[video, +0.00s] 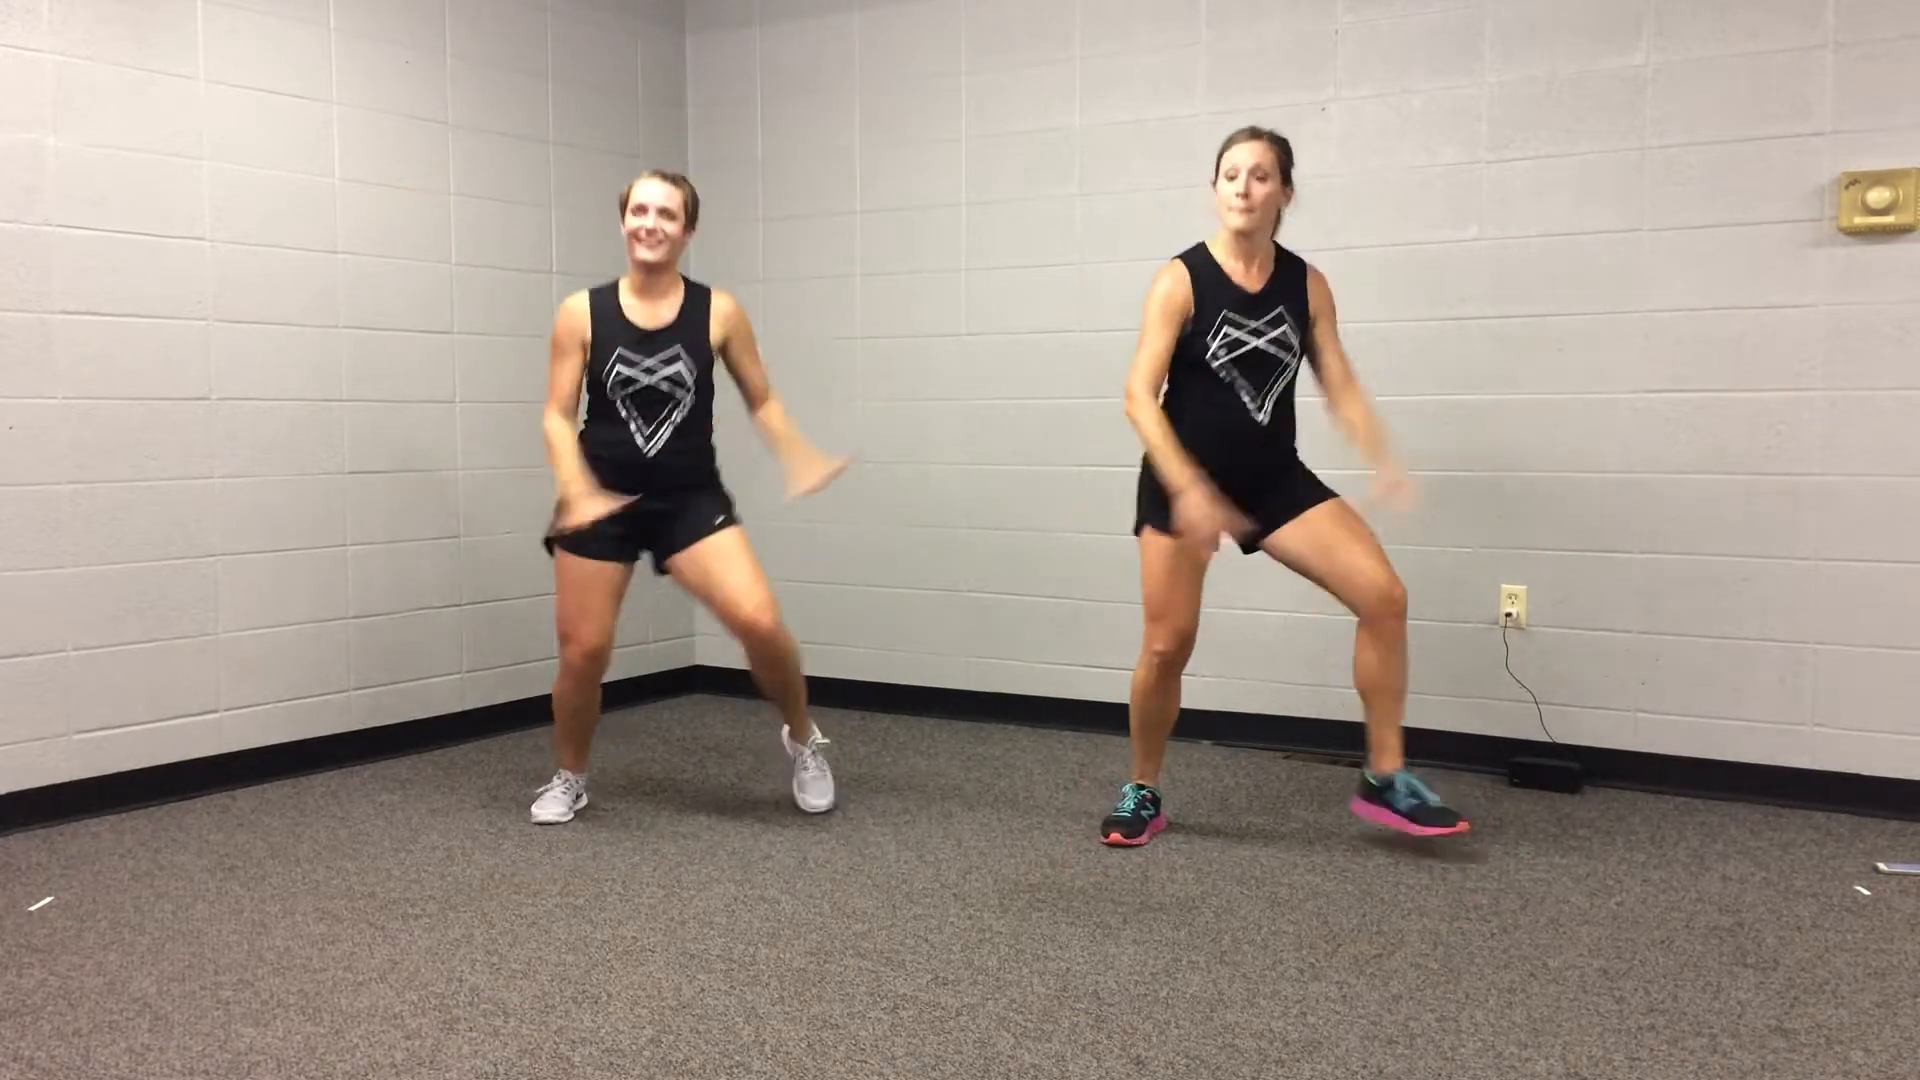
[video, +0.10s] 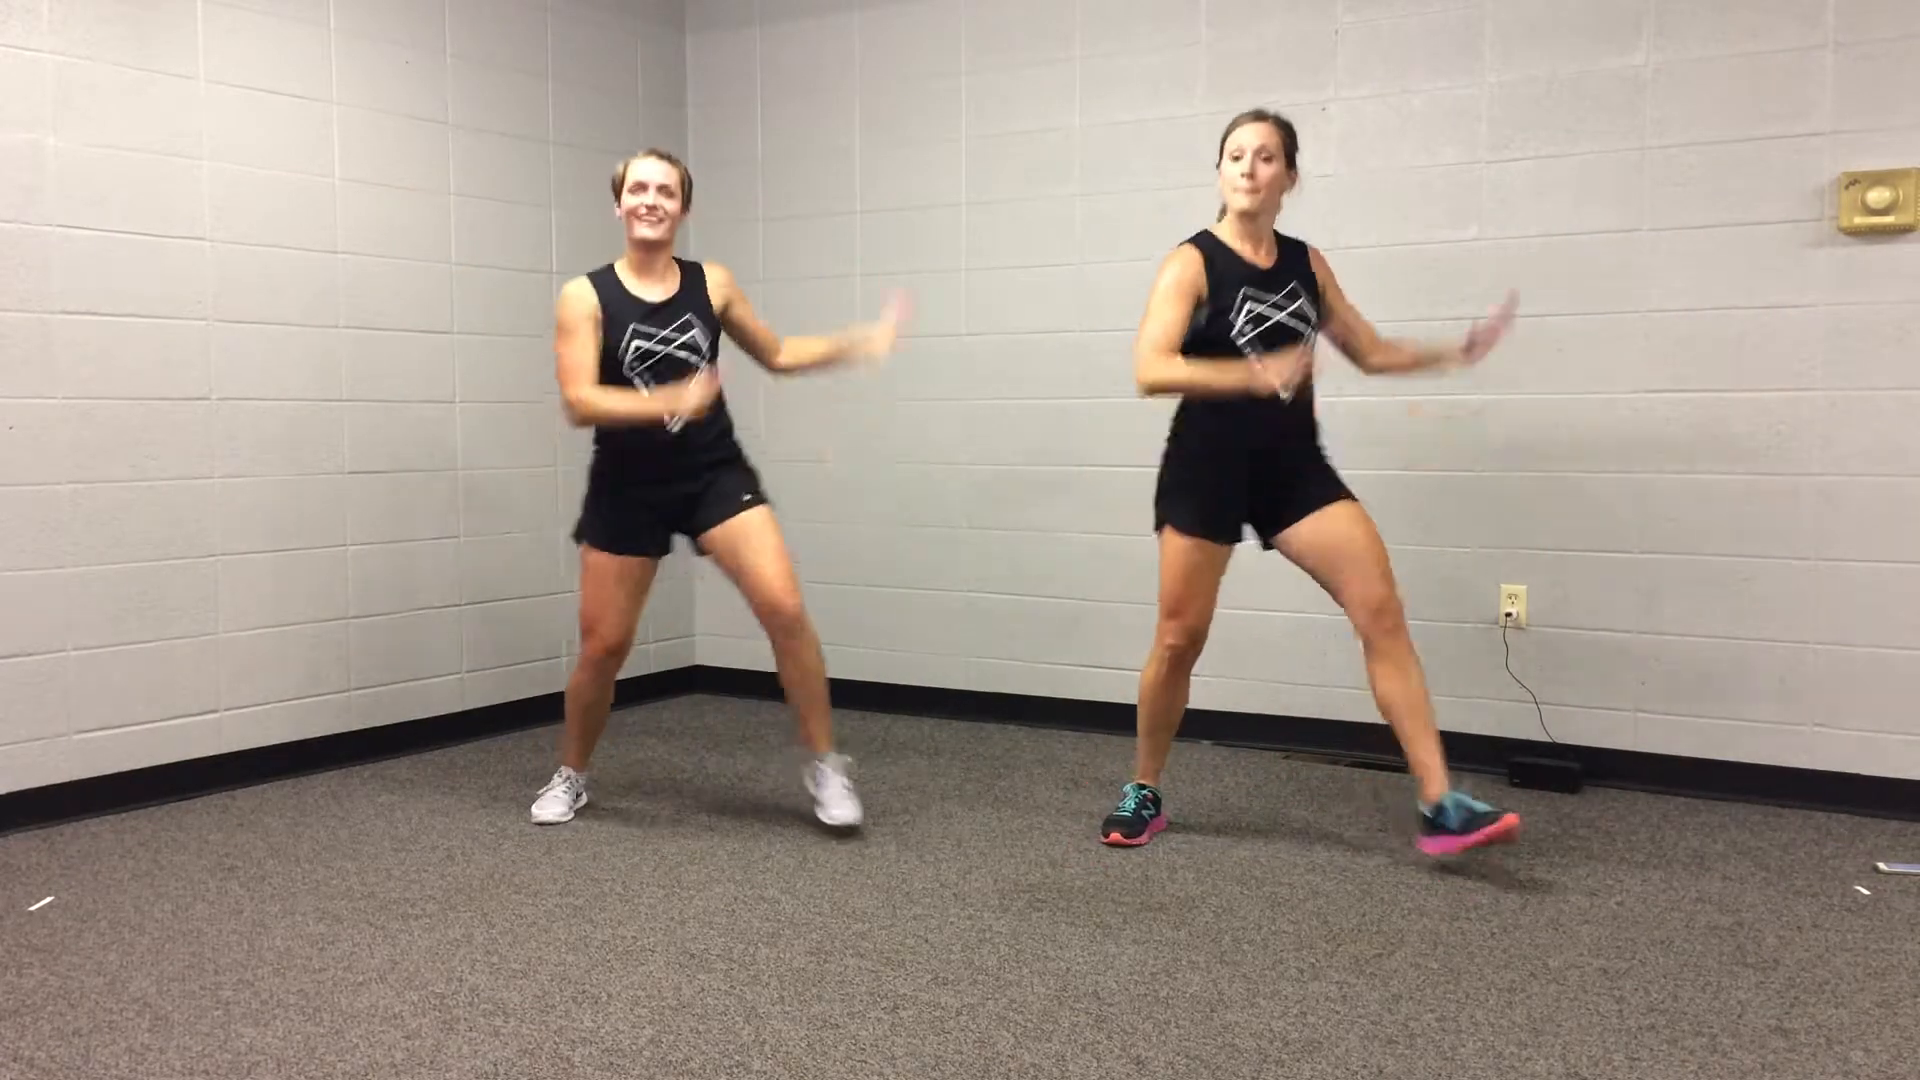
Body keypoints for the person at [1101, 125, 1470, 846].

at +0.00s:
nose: (1244, 186)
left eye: (1260, 176)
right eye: (1232, 174)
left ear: (1284, 194)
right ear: (1214, 189)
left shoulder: (1306, 285)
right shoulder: (1183, 279)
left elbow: (1340, 387)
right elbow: (1138, 396)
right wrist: (1188, 487)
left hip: (1271, 474)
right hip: (1183, 474)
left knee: (1383, 597)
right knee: (1165, 648)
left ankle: (1386, 775)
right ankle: (1141, 788)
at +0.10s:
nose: (1248, 167)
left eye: (1265, 158)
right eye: (1237, 157)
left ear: (1288, 178)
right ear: (1219, 173)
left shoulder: (1305, 264)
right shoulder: (1190, 264)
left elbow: (1370, 352)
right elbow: (1151, 372)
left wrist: (1456, 350)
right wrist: (1255, 370)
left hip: (1293, 468)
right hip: (1205, 470)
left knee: (1379, 607)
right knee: (1178, 638)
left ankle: (1440, 800)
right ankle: (1143, 789)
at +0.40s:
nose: (1290, 178)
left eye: (1305, 168)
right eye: (1275, 168)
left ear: (1326, 191)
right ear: (1251, 192)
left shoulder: (1362, 280)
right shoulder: (1231, 288)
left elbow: (1425, 377)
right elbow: (1232, 406)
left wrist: (1524, 403)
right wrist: (1335, 391)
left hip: (1394, 478)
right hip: (1292, 487)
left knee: (1443, 645)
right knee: (1207, 657)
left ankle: (1453, 834)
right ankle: (1160, 787)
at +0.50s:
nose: (1302, 172)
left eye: (1316, 161)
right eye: (1286, 164)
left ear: (1339, 184)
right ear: (1264, 191)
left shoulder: (1387, 271)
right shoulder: (1247, 289)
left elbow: (1457, 368)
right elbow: (1250, 408)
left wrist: (1522, 463)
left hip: (1381, 478)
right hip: (1279, 479)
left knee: (1436, 649)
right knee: (1158, 627)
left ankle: (1453, 834)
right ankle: (1137, 768)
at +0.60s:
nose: (1304, 156)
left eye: (1318, 144)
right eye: (1289, 149)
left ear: (1346, 164)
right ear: (1271, 174)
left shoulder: (1394, 252)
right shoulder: (1250, 270)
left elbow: (1471, 341)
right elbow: (1208, 373)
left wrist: (1465, 385)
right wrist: (1183, 444)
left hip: (1355, 472)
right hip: (1249, 465)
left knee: (1413, 646)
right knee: (1127, 596)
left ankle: (1452, 834)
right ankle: (1114, 760)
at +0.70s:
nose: (1298, 156)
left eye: (1314, 143)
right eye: (1283, 148)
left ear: (1343, 163)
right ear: (1266, 173)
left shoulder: (1385, 250)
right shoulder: (1245, 263)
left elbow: (1471, 344)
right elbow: (1177, 369)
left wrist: (1392, 300)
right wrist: (1127, 344)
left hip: (1309, 469)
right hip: (1210, 450)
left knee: (1370, 646)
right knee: (1121, 602)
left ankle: (1448, 831)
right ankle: (1096, 785)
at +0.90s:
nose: (1275, 218)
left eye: (1291, 203)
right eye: (1261, 203)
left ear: (1317, 206)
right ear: (1243, 208)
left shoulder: (1344, 300)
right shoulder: (1208, 287)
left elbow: (1365, 424)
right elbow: (1137, 388)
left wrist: (1310, 394)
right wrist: (1071, 383)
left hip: (1260, 497)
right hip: (1164, 476)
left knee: (1335, 658)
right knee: (1100, 635)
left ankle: (1444, 832)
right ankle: (1105, 807)